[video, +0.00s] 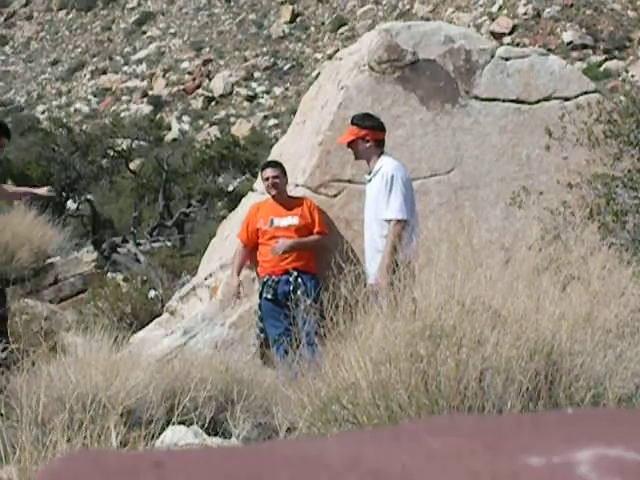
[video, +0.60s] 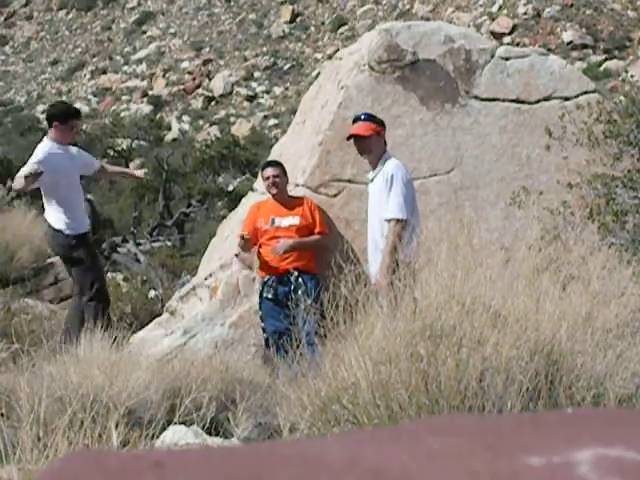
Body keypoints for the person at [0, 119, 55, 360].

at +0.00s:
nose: (4, 150)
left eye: (5, 145)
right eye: (4, 145)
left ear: (7, 143)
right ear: (3, 142)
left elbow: (6, 191)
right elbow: (5, 191)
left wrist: (34, 191)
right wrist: (35, 192)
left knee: (3, 296)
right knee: (2, 299)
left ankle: (5, 343)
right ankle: (4, 343)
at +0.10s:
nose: (20, 168)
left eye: (23, 163)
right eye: (20, 161)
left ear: (8, 154)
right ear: (7, 152)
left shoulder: (3, 190)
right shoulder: (3, 190)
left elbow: (17, 212)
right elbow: (17, 212)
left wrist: (54, 214)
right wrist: (54, 215)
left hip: (2, 264)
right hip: (1, 264)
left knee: (12, 308)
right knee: (11, 308)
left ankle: (23, 352)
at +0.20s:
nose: (33, 164)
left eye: (35, 159)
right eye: (31, 157)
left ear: (17, 152)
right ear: (17, 151)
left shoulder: (9, 184)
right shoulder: (5, 183)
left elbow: (34, 218)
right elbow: (34, 218)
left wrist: (68, 220)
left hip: (16, 266)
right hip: (8, 266)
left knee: (33, 327)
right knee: (32, 328)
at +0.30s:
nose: (40, 154)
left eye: (40, 148)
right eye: (36, 148)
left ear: (21, 148)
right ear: (20, 147)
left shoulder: (17, 180)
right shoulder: (14, 182)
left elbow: (52, 212)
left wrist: (85, 211)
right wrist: (88, 213)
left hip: (24, 262)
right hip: (28, 263)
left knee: (50, 318)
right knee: (55, 321)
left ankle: (58, 366)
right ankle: (10, 359)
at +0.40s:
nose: (46, 141)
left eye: (46, 135)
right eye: (41, 135)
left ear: (28, 137)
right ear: (25, 138)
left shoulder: (37, 172)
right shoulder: (21, 169)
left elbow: (72, 191)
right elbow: (6, 208)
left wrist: (110, 191)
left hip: (42, 251)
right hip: (38, 253)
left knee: (50, 307)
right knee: (80, 300)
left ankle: (55, 362)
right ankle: (32, 344)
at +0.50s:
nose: (58, 131)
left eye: (58, 126)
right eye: (54, 126)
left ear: (42, 127)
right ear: (36, 126)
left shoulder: (55, 157)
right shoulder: (30, 157)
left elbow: (88, 172)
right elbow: (7, 188)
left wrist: (125, 173)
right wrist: (20, 197)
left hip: (51, 237)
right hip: (52, 238)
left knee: (60, 294)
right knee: (93, 288)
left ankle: (54, 346)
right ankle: (72, 342)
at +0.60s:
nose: (77, 132)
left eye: (77, 126)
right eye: (72, 127)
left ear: (60, 127)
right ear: (56, 126)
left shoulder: (71, 152)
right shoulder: (44, 153)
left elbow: (102, 169)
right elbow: (18, 184)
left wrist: (132, 172)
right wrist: (30, 181)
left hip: (74, 231)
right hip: (68, 235)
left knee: (82, 291)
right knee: (96, 291)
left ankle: (68, 347)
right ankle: (105, 347)